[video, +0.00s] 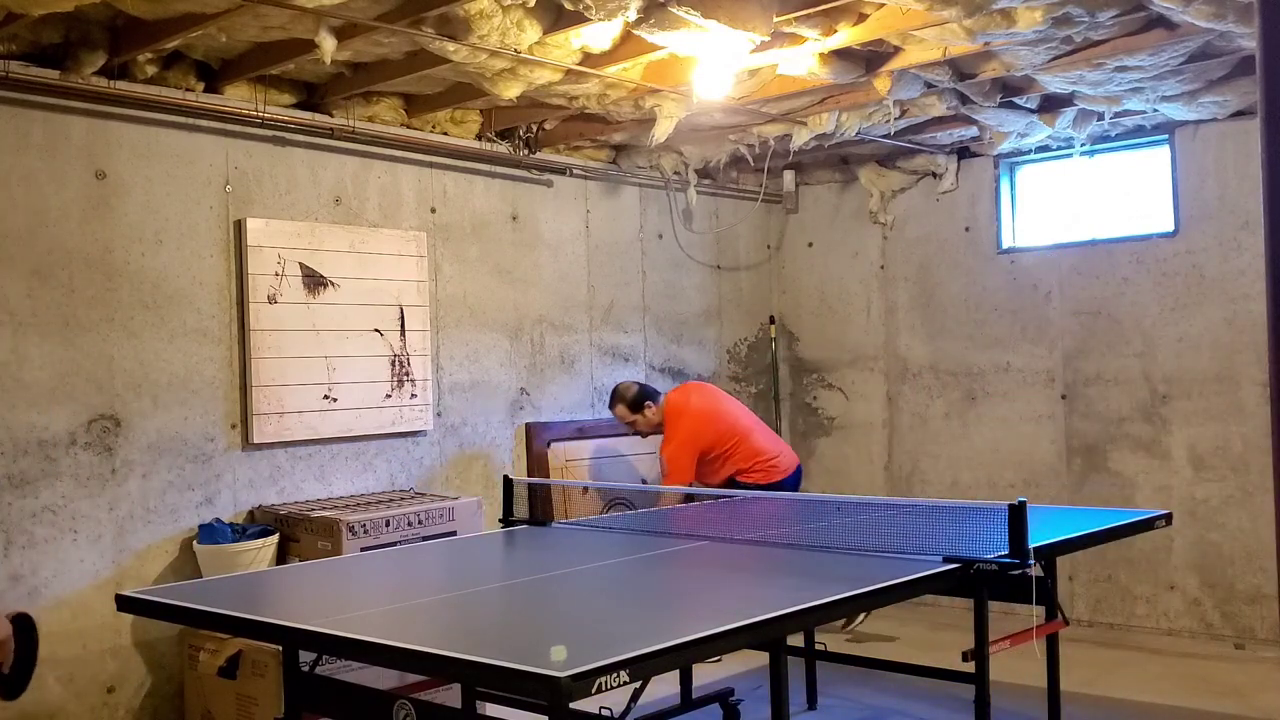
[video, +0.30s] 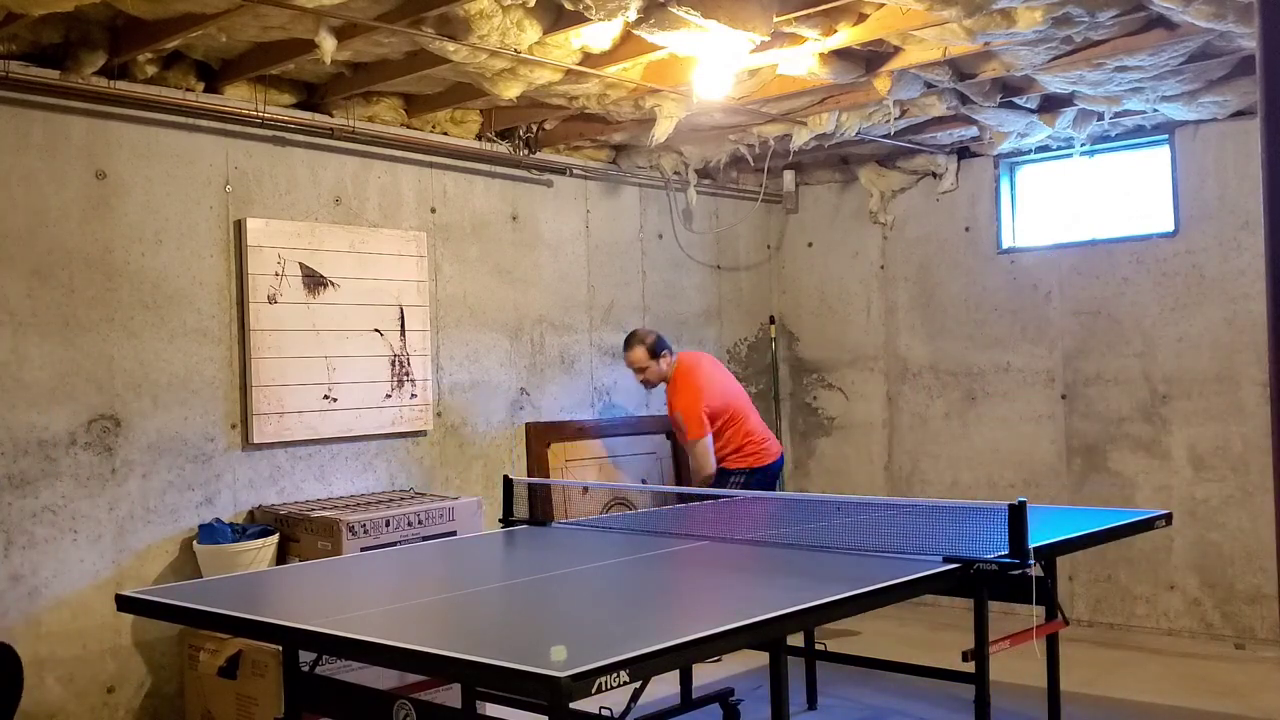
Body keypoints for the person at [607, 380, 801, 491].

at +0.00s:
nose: (634, 431)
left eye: (632, 424)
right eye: (628, 426)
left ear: (649, 408)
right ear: (651, 404)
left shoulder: (679, 433)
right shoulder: (688, 391)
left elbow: (670, 503)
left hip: (763, 481)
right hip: (783, 466)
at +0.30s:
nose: (638, 378)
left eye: (643, 370)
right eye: (634, 371)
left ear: (665, 358)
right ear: (667, 358)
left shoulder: (684, 395)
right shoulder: (690, 361)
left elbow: (705, 470)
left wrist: (694, 502)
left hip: (747, 465)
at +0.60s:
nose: (711, 328)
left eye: (720, 319)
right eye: (706, 319)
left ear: (739, 318)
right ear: (701, 318)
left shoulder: (757, 358)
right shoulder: (718, 356)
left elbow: (765, 426)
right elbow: (719, 418)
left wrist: (719, 470)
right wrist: (708, 468)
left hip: (767, 466)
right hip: (738, 465)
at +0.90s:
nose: (770, 301)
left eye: (780, 294)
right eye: (765, 293)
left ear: (796, 298)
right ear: (759, 295)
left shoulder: (818, 344)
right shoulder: (751, 347)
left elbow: (846, 401)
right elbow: (741, 400)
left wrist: (834, 453)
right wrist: (725, 452)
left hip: (805, 456)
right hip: (767, 457)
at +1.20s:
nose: (829, 296)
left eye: (838, 290)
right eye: (823, 288)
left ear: (853, 297)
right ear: (815, 293)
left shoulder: (872, 346)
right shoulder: (795, 346)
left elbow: (896, 399)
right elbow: (779, 399)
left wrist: (897, 453)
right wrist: (764, 452)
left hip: (858, 466)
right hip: (806, 467)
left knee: (882, 539)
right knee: (806, 546)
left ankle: (905, 618)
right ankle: (812, 625)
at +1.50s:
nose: (901, 294)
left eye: (910, 288)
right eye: (894, 287)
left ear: (924, 294)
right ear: (886, 292)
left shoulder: (942, 344)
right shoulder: (863, 342)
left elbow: (958, 398)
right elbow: (838, 398)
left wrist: (977, 446)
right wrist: (823, 456)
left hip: (926, 466)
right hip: (872, 466)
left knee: (926, 545)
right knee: (852, 543)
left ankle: (918, 625)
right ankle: (827, 620)